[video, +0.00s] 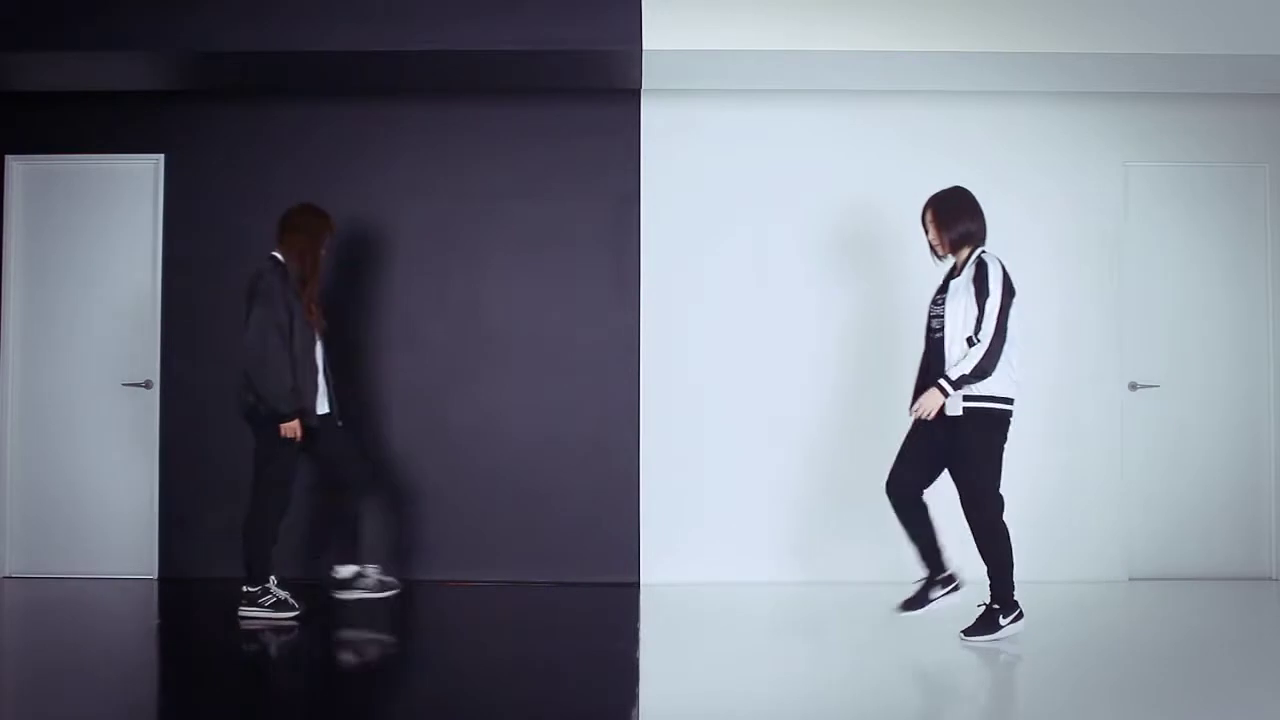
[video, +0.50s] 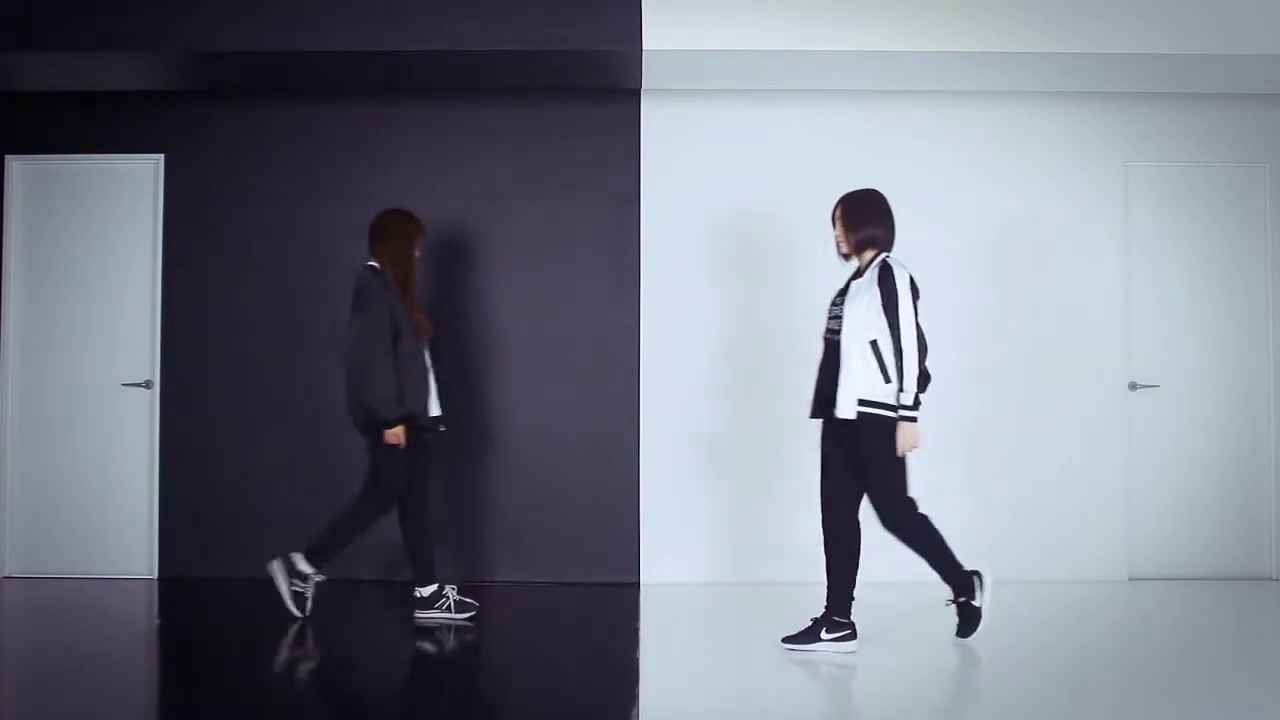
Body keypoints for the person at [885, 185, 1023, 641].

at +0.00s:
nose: (929, 239)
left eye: (933, 228)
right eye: (926, 230)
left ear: (957, 225)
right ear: (950, 230)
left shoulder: (989, 268)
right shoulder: (952, 277)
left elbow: (988, 345)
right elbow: (943, 347)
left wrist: (943, 389)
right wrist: (928, 395)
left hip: (982, 410)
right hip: (944, 407)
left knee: (981, 506)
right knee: (902, 487)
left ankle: (1005, 602)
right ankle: (938, 574)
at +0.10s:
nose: (913, 238)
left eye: (918, 228)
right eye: (911, 229)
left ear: (940, 225)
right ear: (933, 229)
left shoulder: (972, 269)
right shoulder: (936, 278)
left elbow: (975, 347)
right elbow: (935, 347)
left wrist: (935, 395)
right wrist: (918, 399)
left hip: (967, 413)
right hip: (928, 413)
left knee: (975, 508)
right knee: (893, 500)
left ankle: (1004, 602)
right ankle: (891, 601)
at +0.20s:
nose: (897, 241)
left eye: (901, 232)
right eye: (895, 233)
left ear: (923, 231)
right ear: (925, 231)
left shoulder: (954, 275)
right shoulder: (920, 282)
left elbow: (958, 352)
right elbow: (918, 353)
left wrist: (931, 413)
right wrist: (909, 413)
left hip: (950, 421)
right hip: (913, 419)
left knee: (967, 514)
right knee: (886, 514)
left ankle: (1003, 602)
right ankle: (857, 608)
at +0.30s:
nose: (878, 245)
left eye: (883, 236)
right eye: (877, 237)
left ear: (906, 235)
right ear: (900, 239)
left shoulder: (935, 283)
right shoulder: (900, 289)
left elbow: (939, 357)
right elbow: (898, 361)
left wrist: (929, 428)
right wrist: (882, 422)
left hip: (925, 430)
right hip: (889, 430)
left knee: (955, 521)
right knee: (872, 526)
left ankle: (999, 600)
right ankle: (843, 618)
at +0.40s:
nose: (856, 241)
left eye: (860, 232)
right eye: (855, 233)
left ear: (882, 232)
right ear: (885, 233)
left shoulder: (910, 279)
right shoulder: (877, 285)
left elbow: (923, 351)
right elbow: (876, 356)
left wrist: (923, 421)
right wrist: (856, 417)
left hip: (897, 428)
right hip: (863, 428)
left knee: (929, 519)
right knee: (851, 526)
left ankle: (987, 591)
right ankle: (838, 619)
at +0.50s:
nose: (835, 233)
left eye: (839, 224)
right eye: (835, 225)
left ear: (861, 225)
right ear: (863, 225)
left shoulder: (891, 274)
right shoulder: (852, 282)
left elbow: (910, 346)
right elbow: (847, 352)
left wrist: (907, 414)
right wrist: (828, 411)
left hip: (877, 421)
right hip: (839, 421)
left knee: (896, 513)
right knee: (838, 518)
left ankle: (964, 585)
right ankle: (837, 619)